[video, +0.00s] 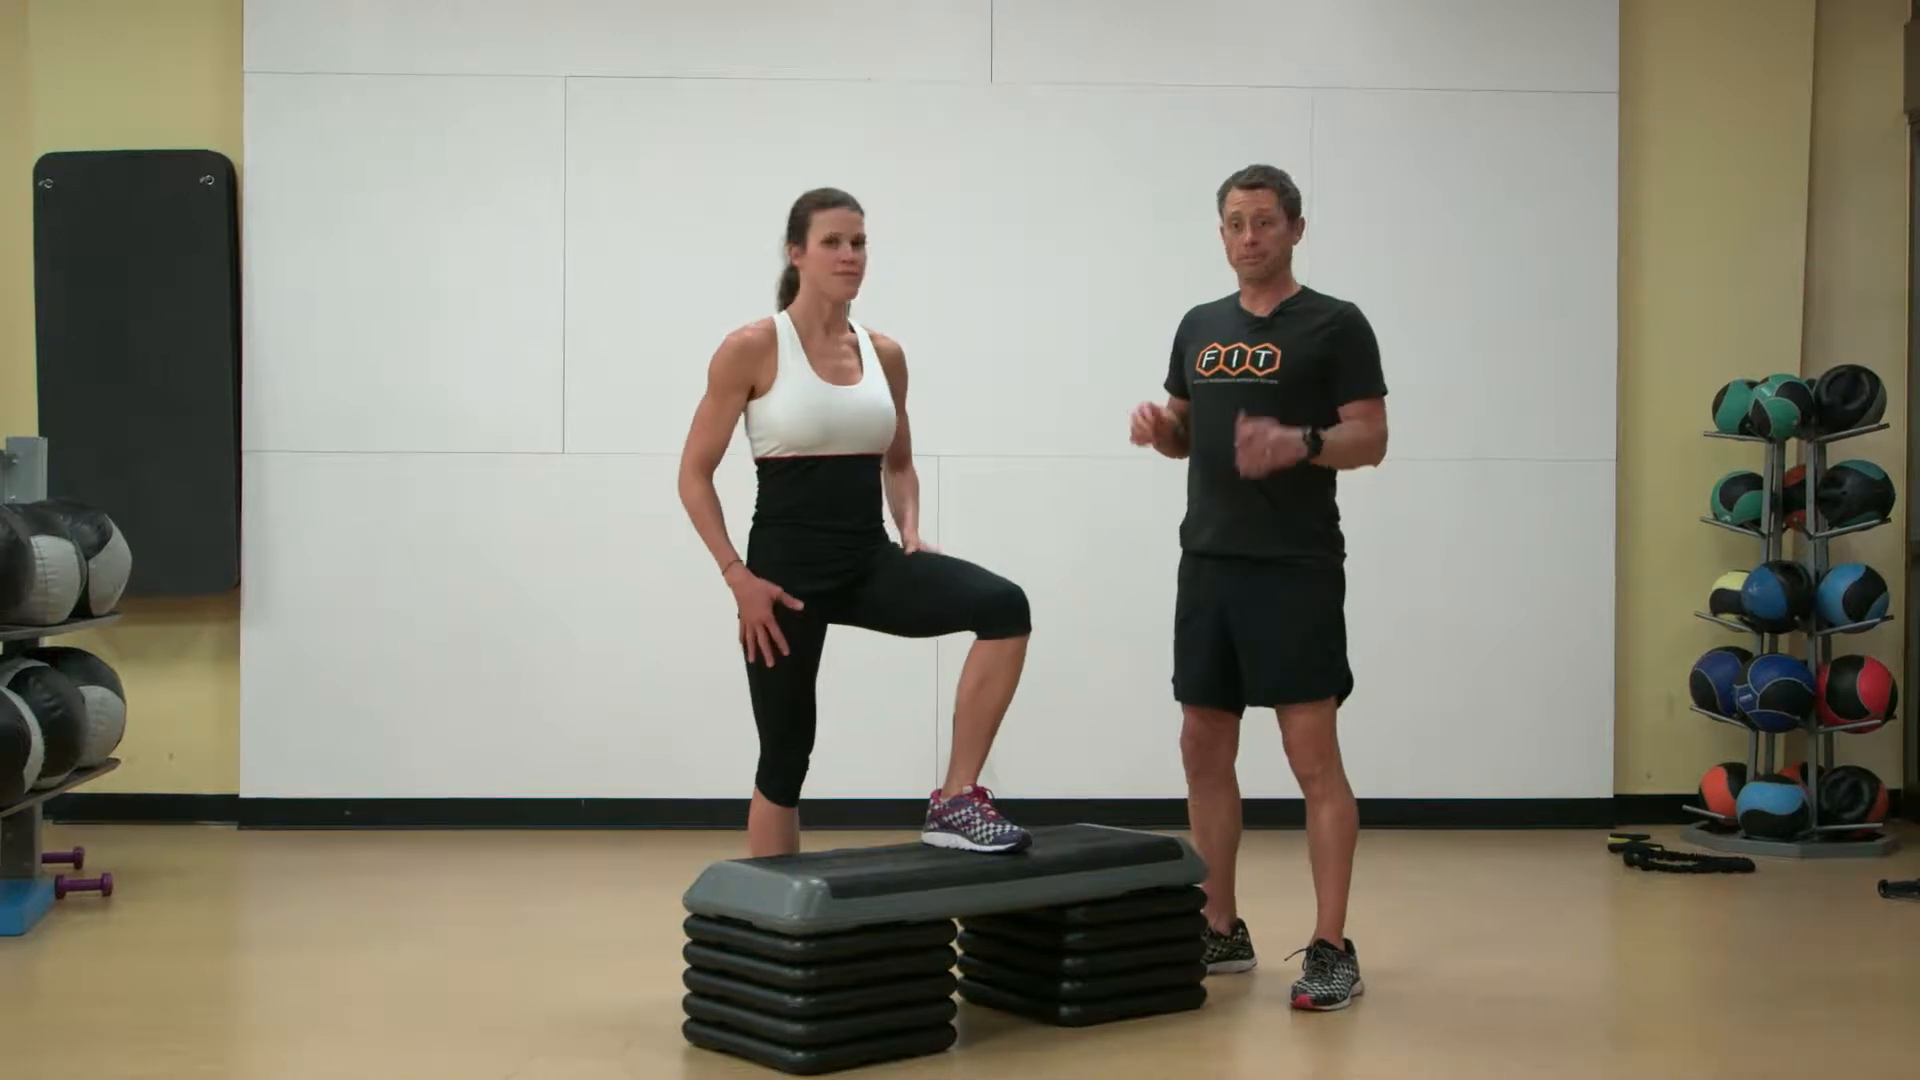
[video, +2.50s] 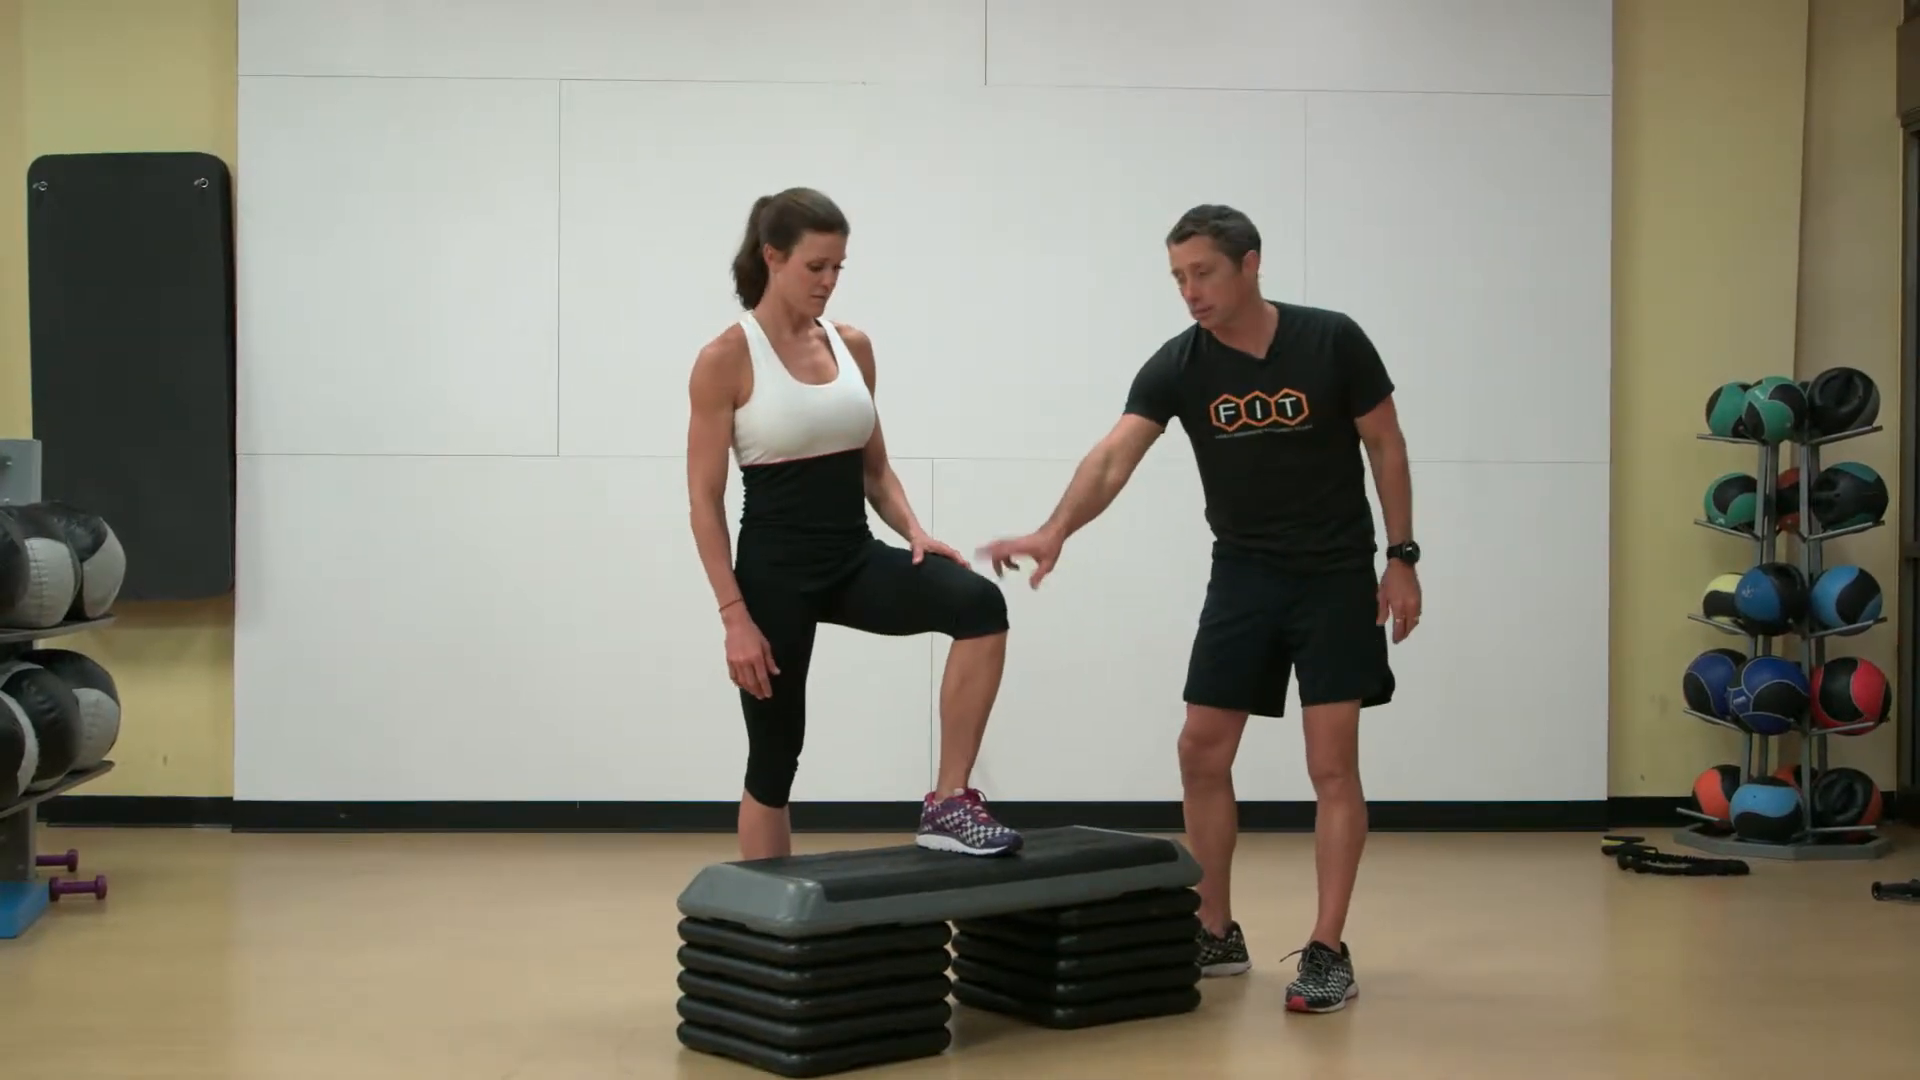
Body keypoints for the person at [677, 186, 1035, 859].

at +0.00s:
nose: (851, 256)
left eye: (859, 243)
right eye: (833, 243)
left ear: (867, 252)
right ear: (796, 254)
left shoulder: (884, 356)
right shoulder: (751, 350)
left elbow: (899, 463)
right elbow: (694, 476)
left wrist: (908, 531)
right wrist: (736, 576)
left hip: (866, 563)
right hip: (786, 571)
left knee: (1004, 609)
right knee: (784, 763)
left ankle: (957, 797)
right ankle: (770, 933)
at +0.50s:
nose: (839, 254)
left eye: (849, 242)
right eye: (823, 241)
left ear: (860, 252)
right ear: (789, 250)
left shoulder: (878, 356)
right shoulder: (746, 349)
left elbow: (889, 470)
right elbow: (707, 484)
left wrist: (912, 532)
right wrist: (732, 597)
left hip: (860, 561)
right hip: (779, 568)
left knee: (999, 606)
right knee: (775, 766)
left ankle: (956, 797)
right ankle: (768, 934)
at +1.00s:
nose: (846, 254)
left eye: (850, 242)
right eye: (831, 242)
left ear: (851, 248)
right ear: (785, 250)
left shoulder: (868, 354)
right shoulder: (736, 350)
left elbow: (897, 474)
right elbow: (708, 489)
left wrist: (940, 534)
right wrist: (742, 598)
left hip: (852, 559)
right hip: (771, 568)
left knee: (987, 600)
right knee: (772, 765)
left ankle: (953, 796)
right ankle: (767, 933)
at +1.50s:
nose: (846, 257)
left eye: (846, 244)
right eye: (833, 245)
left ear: (800, 252)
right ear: (784, 252)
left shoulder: (855, 348)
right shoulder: (723, 353)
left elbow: (878, 467)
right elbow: (700, 493)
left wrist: (915, 529)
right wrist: (728, 607)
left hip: (847, 557)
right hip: (767, 566)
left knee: (975, 604)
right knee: (769, 760)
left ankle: (951, 797)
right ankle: (766, 930)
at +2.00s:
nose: (832, 262)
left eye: (832, 248)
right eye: (818, 249)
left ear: (794, 254)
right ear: (769, 253)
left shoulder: (842, 342)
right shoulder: (716, 357)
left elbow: (867, 462)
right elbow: (698, 500)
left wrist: (904, 523)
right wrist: (730, 612)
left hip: (845, 556)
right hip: (767, 568)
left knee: (974, 602)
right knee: (767, 760)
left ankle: (949, 797)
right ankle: (763, 929)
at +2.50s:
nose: (830, 281)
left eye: (837, 266)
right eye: (817, 266)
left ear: (842, 264)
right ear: (771, 258)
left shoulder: (851, 347)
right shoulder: (725, 361)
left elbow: (875, 468)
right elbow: (705, 502)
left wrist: (915, 531)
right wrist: (734, 616)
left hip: (852, 560)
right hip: (775, 571)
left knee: (980, 606)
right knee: (773, 764)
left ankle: (951, 800)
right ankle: (766, 933)